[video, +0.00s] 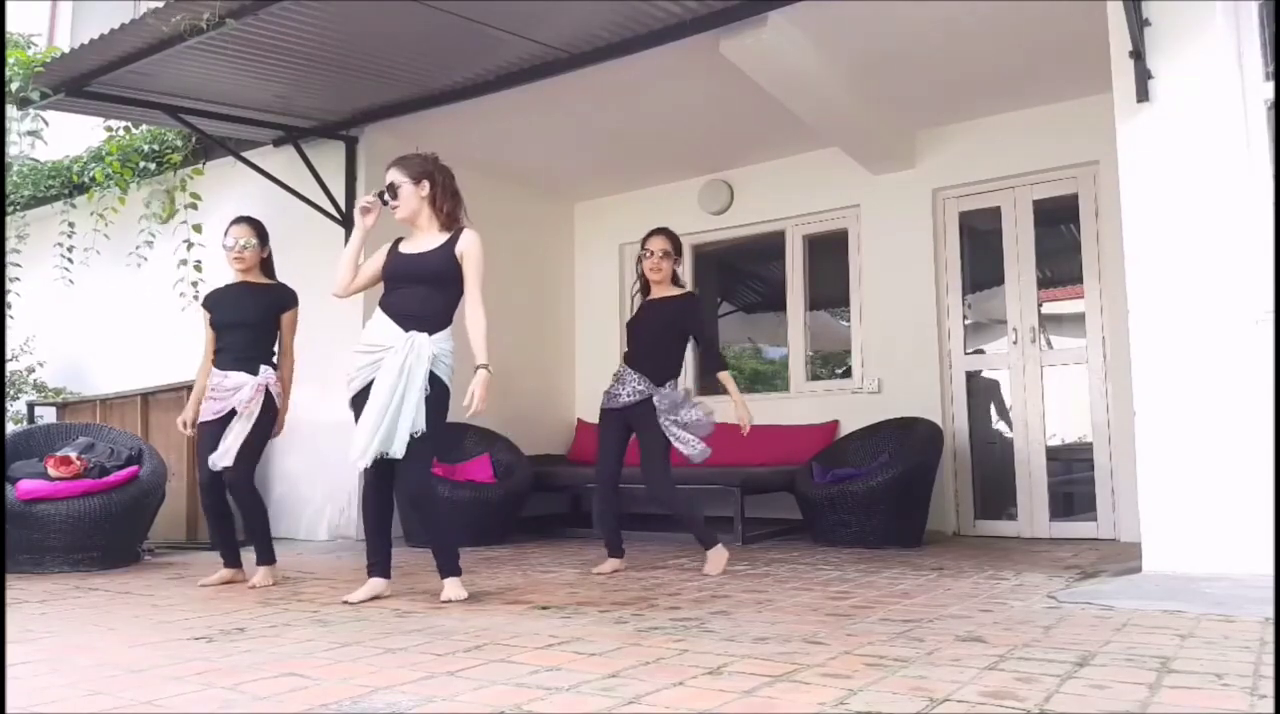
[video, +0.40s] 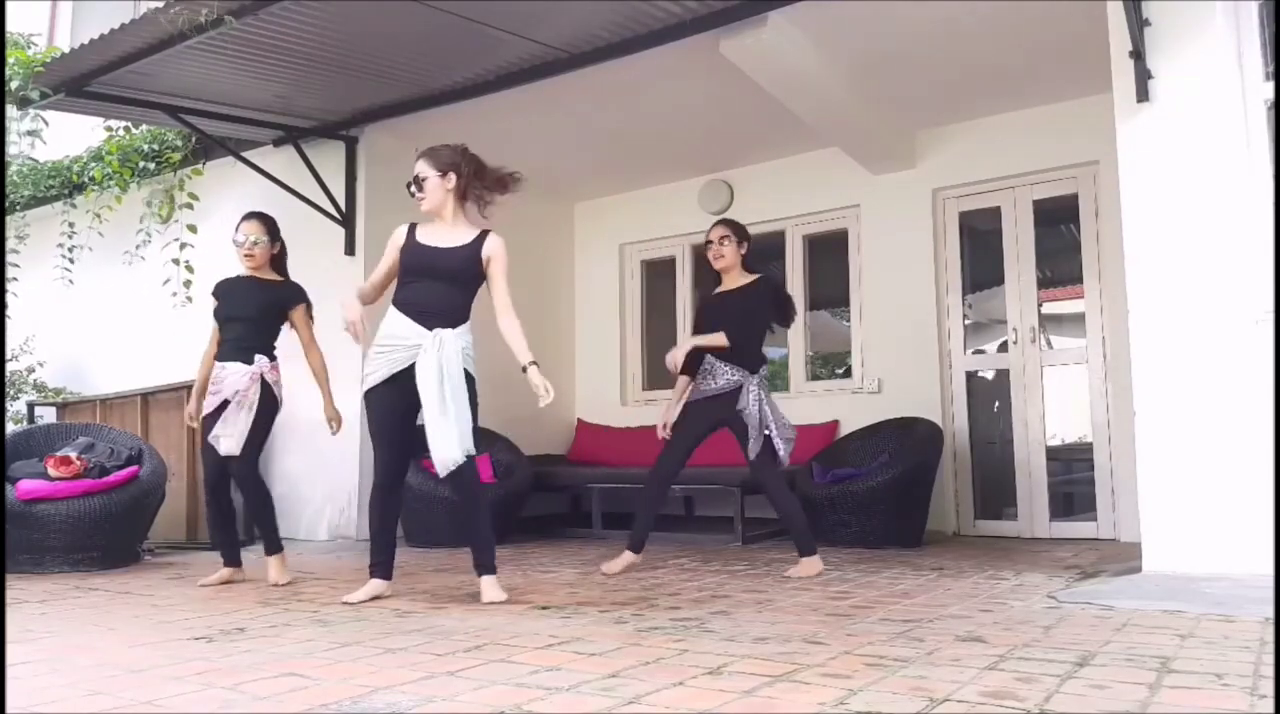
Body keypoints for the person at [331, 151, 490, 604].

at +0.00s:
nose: (387, 199)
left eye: (394, 190)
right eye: (387, 191)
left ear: (424, 187)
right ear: (412, 192)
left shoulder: (462, 240)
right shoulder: (393, 249)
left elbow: (473, 305)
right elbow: (343, 286)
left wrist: (482, 367)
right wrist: (361, 229)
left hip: (427, 365)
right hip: (375, 362)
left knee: (418, 474)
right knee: (377, 469)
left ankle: (450, 576)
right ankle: (378, 576)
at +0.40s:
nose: (415, 190)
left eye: (422, 181)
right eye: (413, 183)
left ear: (452, 180)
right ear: (442, 183)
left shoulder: (487, 243)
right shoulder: (405, 236)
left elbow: (506, 315)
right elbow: (372, 289)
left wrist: (530, 367)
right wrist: (352, 300)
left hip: (449, 362)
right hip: (393, 358)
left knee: (465, 468)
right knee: (389, 469)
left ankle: (487, 576)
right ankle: (379, 577)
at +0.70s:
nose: (466, 191)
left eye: (472, 181)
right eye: (465, 184)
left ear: (503, 179)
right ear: (488, 184)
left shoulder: (536, 236)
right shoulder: (468, 249)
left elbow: (549, 307)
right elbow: (470, 318)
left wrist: (562, 370)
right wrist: (446, 361)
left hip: (518, 366)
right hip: (471, 366)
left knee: (516, 470)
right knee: (405, 454)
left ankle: (566, 580)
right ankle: (356, 568)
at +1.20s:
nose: (520, 167)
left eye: (529, 159)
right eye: (510, 161)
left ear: (547, 167)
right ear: (502, 171)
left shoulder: (565, 220)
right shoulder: (485, 229)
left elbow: (589, 212)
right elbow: (450, 296)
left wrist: (580, 167)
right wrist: (391, 328)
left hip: (545, 351)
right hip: (490, 350)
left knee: (571, 455)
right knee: (482, 463)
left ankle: (588, 576)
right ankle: (469, 571)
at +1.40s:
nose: (539, 173)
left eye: (548, 165)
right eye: (530, 167)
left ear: (565, 172)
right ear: (521, 175)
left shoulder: (579, 225)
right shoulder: (503, 230)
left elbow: (582, 196)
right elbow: (473, 290)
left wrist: (577, 159)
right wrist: (502, 317)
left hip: (572, 352)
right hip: (521, 355)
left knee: (580, 465)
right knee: (461, 453)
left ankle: (615, 576)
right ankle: (485, 568)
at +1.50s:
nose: (546, 178)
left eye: (555, 171)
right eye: (537, 172)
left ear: (572, 179)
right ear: (528, 179)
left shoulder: (581, 230)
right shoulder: (509, 231)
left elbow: (583, 186)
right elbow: (485, 279)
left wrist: (587, 159)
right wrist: (531, 275)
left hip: (575, 355)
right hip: (528, 360)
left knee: (579, 465)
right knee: (467, 452)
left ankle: (620, 576)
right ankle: (485, 571)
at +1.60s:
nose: (549, 181)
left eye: (559, 174)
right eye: (541, 175)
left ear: (573, 184)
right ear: (531, 183)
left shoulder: (580, 235)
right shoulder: (516, 235)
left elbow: (588, 171)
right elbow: (485, 262)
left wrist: (589, 167)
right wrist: (536, 234)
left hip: (573, 356)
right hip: (527, 361)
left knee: (573, 465)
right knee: (474, 451)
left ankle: (619, 576)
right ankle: (483, 570)